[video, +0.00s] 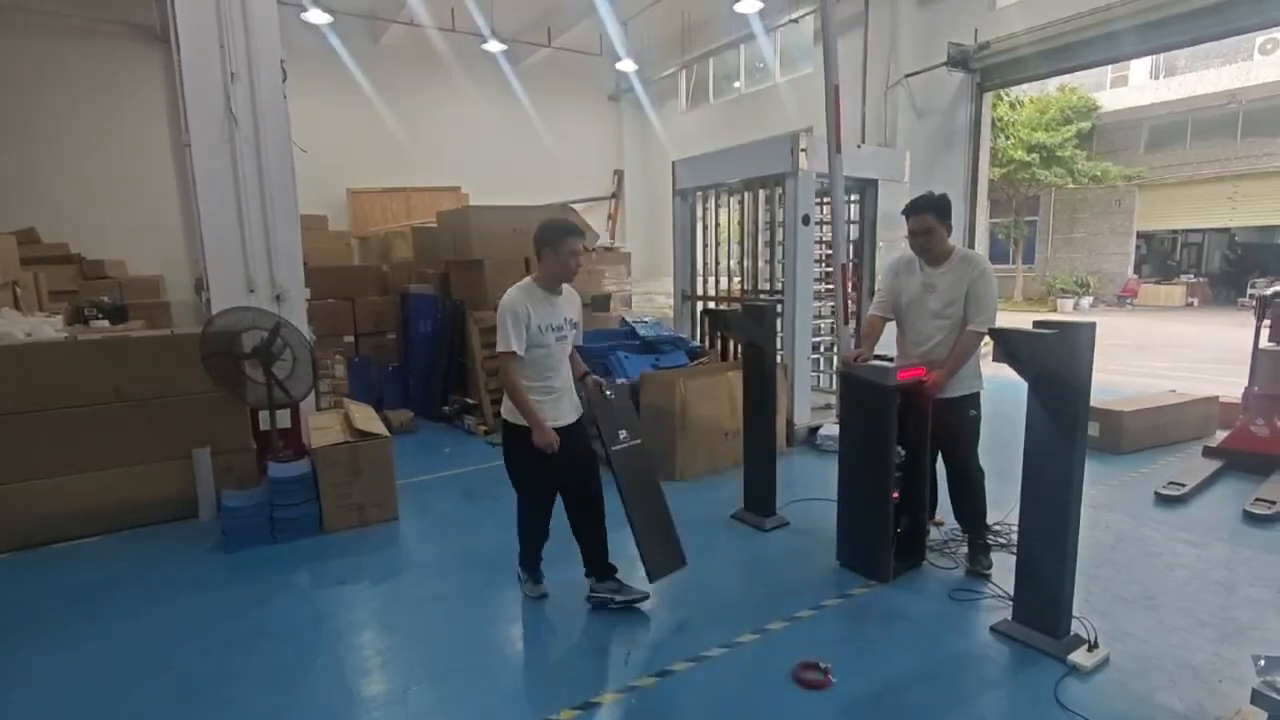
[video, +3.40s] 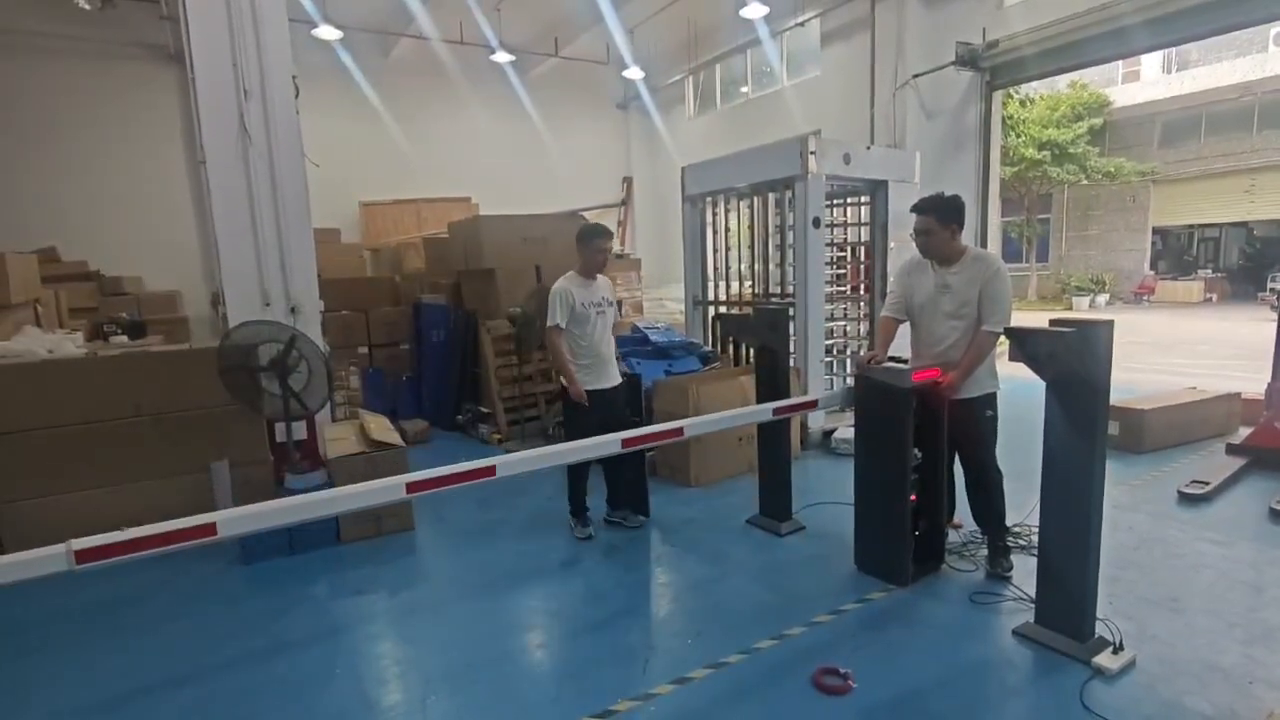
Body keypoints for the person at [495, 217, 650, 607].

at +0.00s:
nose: (580, 263)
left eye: (581, 255)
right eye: (573, 255)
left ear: (573, 256)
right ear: (546, 254)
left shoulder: (571, 298)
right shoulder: (515, 303)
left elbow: (568, 350)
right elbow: (509, 371)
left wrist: (586, 376)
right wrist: (537, 423)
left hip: (569, 421)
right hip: (527, 427)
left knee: (588, 503)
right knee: (535, 506)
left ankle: (601, 579)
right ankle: (530, 567)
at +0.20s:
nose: (555, 255)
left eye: (557, 248)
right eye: (548, 247)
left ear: (550, 249)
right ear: (523, 247)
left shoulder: (546, 291)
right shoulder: (497, 295)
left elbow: (543, 345)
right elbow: (489, 359)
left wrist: (562, 371)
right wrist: (507, 414)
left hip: (553, 413)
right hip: (518, 419)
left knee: (574, 478)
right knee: (526, 497)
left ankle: (563, 552)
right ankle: (529, 569)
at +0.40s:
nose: (540, 254)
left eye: (541, 247)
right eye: (533, 246)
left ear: (533, 249)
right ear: (510, 247)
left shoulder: (532, 291)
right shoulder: (486, 295)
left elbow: (528, 348)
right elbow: (477, 359)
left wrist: (550, 371)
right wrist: (488, 413)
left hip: (540, 406)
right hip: (509, 413)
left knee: (550, 471)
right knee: (520, 490)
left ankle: (520, 521)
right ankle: (527, 566)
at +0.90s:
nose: (518, 261)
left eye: (520, 254)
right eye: (513, 253)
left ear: (513, 256)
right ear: (492, 252)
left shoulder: (512, 292)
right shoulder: (463, 292)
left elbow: (517, 339)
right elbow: (451, 346)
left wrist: (537, 365)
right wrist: (470, 391)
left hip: (516, 397)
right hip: (483, 400)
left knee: (514, 466)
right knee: (487, 469)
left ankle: (508, 526)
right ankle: (486, 530)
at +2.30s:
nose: (551, 263)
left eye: (553, 257)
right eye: (545, 257)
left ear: (553, 258)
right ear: (528, 256)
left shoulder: (549, 291)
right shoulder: (510, 293)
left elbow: (554, 334)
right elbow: (503, 342)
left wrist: (573, 356)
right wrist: (514, 385)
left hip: (552, 385)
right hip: (528, 388)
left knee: (552, 449)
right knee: (537, 453)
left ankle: (546, 504)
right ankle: (532, 514)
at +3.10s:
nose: (590, 260)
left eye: (592, 254)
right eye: (584, 254)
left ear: (589, 254)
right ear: (565, 253)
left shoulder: (589, 286)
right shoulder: (545, 292)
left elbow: (600, 329)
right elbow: (537, 342)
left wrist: (617, 360)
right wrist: (550, 386)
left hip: (597, 386)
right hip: (566, 391)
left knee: (607, 446)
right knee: (569, 456)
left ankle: (600, 503)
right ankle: (577, 514)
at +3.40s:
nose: (607, 257)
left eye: (609, 251)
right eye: (601, 251)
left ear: (608, 251)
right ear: (582, 250)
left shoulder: (605, 285)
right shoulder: (562, 289)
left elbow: (607, 333)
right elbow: (553, 339)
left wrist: (616, 368)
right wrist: (571, 383)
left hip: (612, 386)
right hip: (582, 390)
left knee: (618, 451)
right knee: (581, 455)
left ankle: (617, 509)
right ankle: (579, 514)